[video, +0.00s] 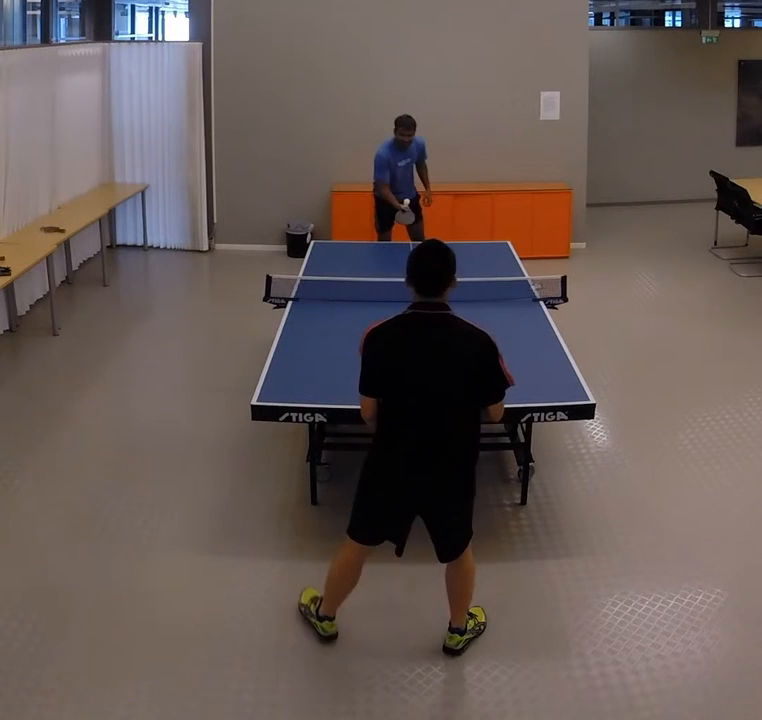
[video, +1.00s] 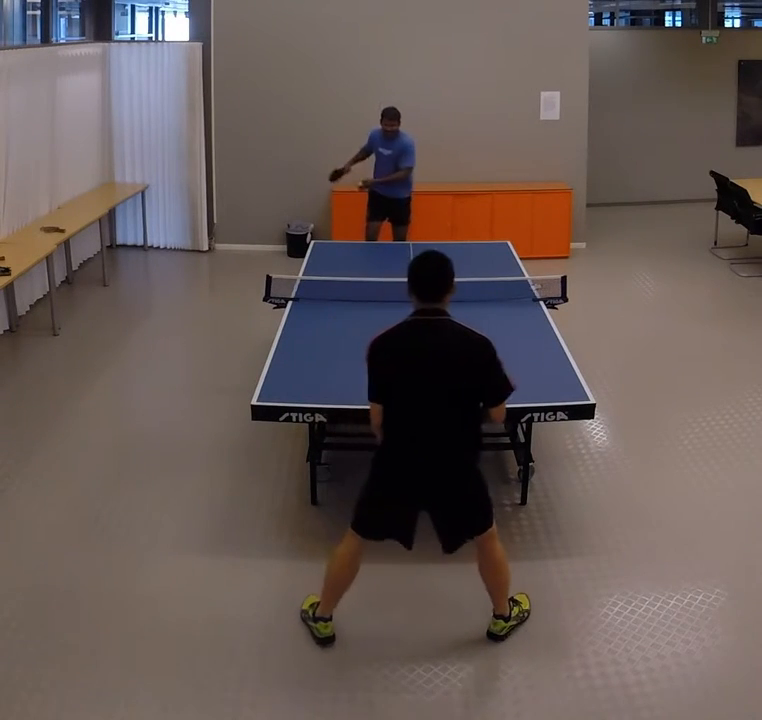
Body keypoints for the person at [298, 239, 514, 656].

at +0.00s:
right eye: (451, 275)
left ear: (409, 280)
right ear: (453, 281)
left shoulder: (380, 337)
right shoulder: (477, 342)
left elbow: (368, 411)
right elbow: (495, 411)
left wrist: (396, 427)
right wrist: (461, 394)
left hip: (390, 464)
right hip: (451, 467)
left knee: (357, 544)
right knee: (457, 550)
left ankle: (325, 615)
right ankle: (458, 628)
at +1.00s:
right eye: (448, 282)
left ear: (409, 289)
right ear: (452, 288)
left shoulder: (384, 345)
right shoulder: (475, 346)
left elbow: (377, 418)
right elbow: (497, 413)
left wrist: (394, 446)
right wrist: (465, 392)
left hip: (396, 466)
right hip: (455, 466)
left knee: (356, 538)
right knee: (486, 536)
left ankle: (322, 617)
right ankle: (502, 615)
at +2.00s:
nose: (490, 283)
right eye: (494, 277)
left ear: (450, 282)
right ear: (493, 281)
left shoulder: (424, 332)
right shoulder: (515, 334)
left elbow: (400, 399)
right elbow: (544, 409)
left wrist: (407, 438)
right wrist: (558, 431)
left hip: (434, 454)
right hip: (492, 458)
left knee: (393, 539)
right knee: (505, 532)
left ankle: (357, 620)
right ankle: (502, 613)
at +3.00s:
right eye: (421, 299)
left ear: (380, 304)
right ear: (425, 305)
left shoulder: (350, 360)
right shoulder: (446, 367)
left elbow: (333, 431)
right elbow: (471, 436)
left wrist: (339, 465)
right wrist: (444, 427)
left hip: (354, 487)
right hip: (414, 491)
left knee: (313, 558)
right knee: (440, 556)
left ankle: (272, 640)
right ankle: (440, 640)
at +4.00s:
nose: (293, 341)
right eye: (291, 337)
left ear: (252, 355)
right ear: (292, 342)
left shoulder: (256, 414)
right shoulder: (318, 366)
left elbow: (279, 469)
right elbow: (276, 385)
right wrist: (223, 397)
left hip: (314, 498)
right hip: (367, 482)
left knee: (277, 560)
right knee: (416, 555)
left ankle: (246, 629)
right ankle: (448, 639)